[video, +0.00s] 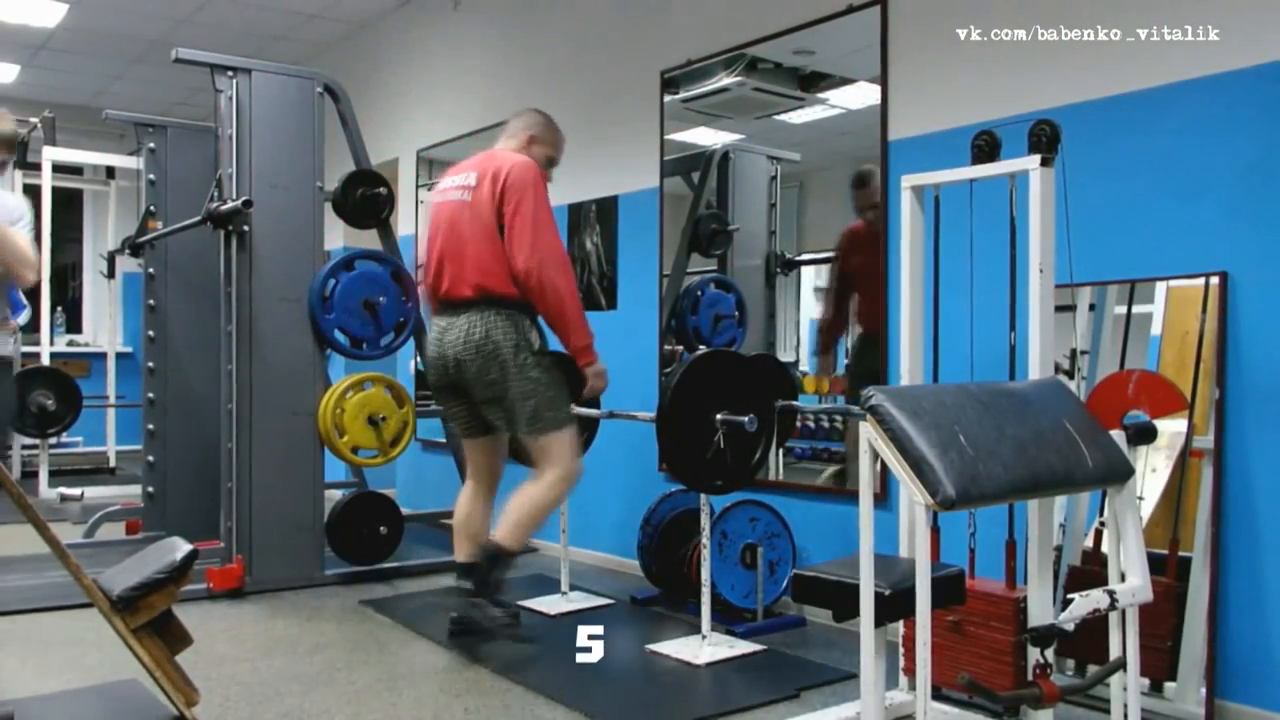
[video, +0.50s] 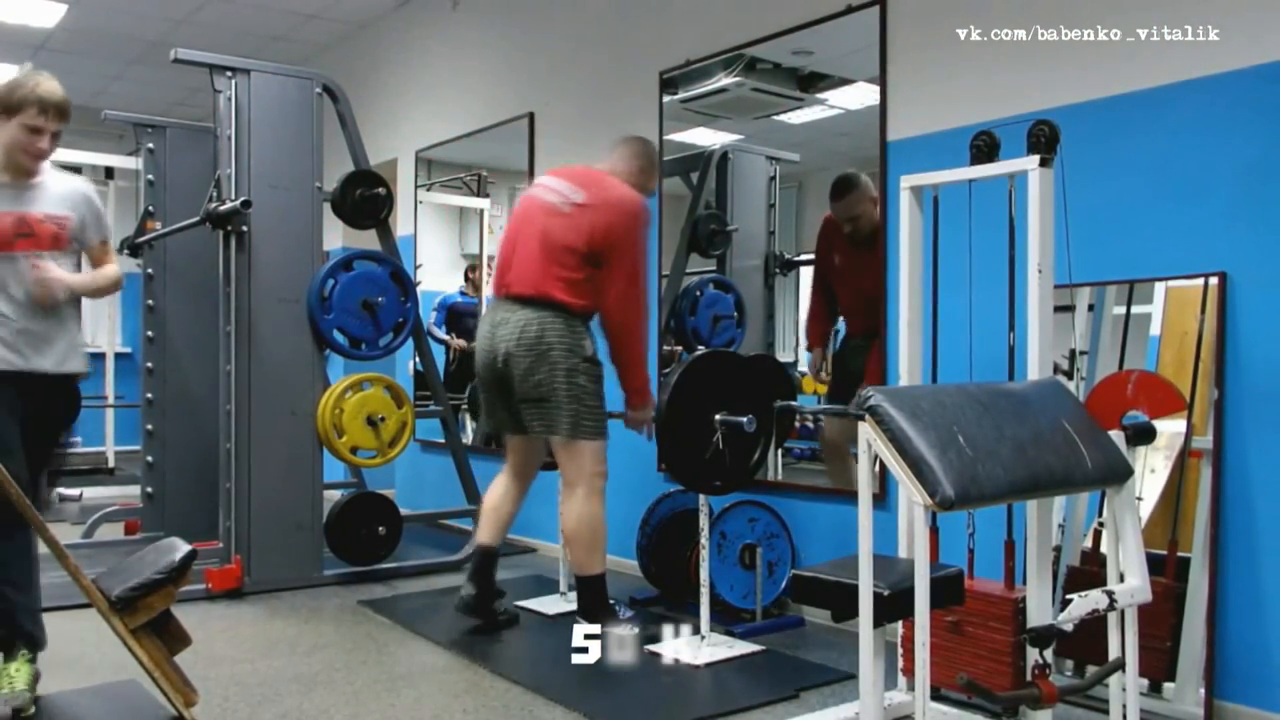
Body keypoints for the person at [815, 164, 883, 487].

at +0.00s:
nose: (870, 216)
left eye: (875, 206)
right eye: (862, 209)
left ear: (888, 199)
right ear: (855, 206)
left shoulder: (909, 231)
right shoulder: (855, 238)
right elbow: (839, 299)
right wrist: (827, 348)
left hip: (912, 341)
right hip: (872, 341)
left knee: (907, 420)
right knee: (860, 417)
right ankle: (855, 479)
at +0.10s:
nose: (862, 215)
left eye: (868, 206)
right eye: (854, 209)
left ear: (882, 197)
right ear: (845, 204)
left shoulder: (903, 227)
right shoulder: (841, 235)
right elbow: (823, 294)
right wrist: (812, 346)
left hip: (906, 340)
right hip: (862, 342)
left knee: (903, 428)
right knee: (856, 431)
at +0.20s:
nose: (857, 216)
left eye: (863, 206)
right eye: (848, 209)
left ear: (879, 194)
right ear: (840, 203)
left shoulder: (899, 226)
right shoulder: (833, 231)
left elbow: (912, 295)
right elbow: (815, 291)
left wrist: (890, 355)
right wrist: (808, 341)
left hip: (898, 340)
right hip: (855, 341)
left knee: (895, 429)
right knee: (850, 432)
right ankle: (854, 508)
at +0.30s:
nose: (853, 218)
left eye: (860, 209)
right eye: (845, 211)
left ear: (877, 195)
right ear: (837, 203)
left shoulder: (896, 228)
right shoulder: (830, 231)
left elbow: (907, 301)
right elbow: (813, 289)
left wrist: (884, 361)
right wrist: (809, 338)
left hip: (891, 347)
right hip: (849, 346)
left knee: (891, 439)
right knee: (848, 440)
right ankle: (853, 522)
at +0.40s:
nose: (849, 222)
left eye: (856, 213)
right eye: (842, 214)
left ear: (876, 199)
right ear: (834, 207)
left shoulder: (896, 230)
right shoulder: (831, 231)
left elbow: (905, 309)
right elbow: (817, 290)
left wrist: (877, 373)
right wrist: (812, 340)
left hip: (891, 345)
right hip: (849, 345)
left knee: (891, 438)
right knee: (845, 442)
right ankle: (854, 515)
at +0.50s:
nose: (848, 228)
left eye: (854, 219)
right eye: (841, 221)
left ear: (875, 203)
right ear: (833, 213)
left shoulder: (896, 231)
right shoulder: (832, 230)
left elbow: (898, 313)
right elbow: (823, 290)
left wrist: (872, 382)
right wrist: (818, 345)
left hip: (893, 343)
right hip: (855, 344)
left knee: (881, 437)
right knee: (833, 438)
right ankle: (851, 514)